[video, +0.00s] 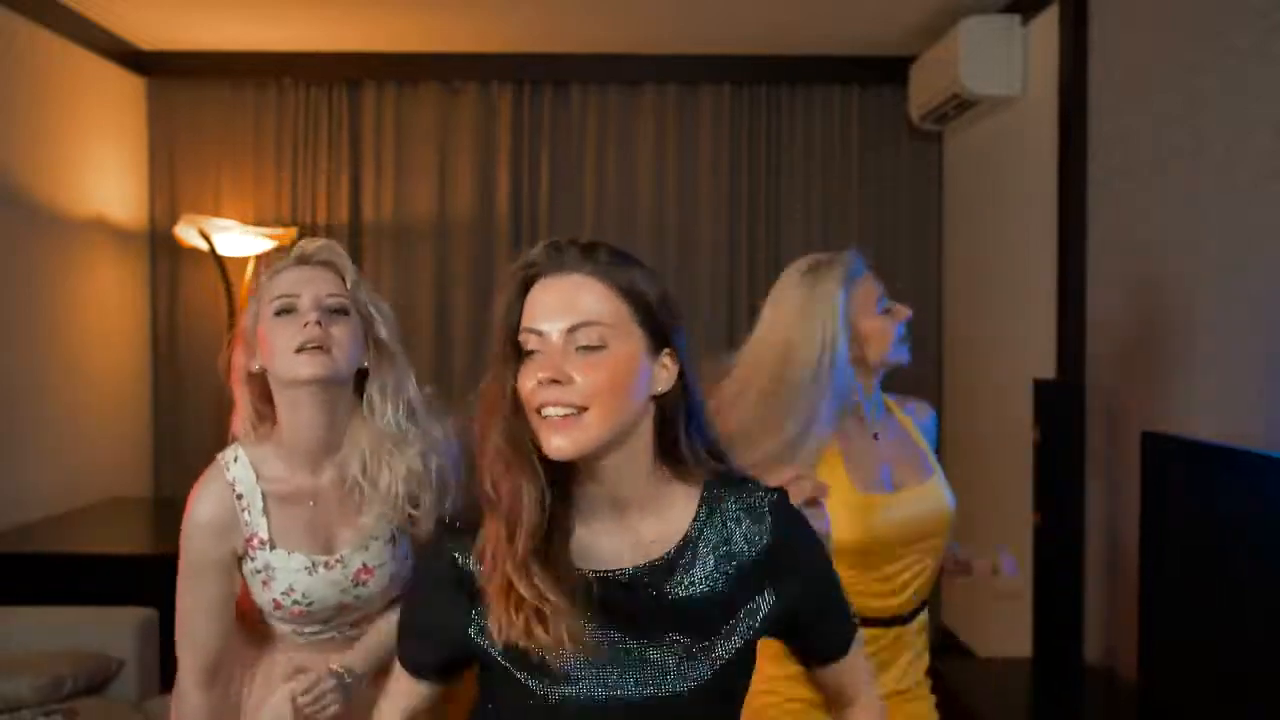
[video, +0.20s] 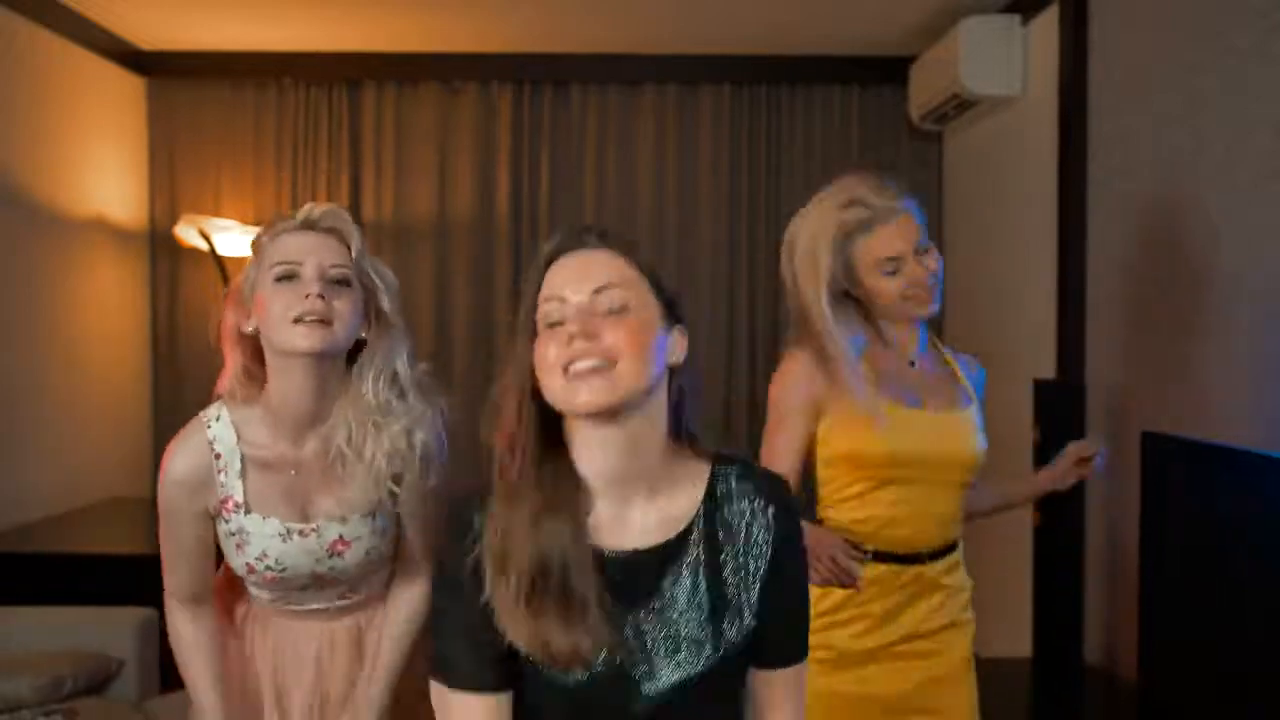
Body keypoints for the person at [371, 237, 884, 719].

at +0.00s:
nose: (547, 373)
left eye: (588, 345)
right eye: (531, 351)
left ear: (661, 370)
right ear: (513, 375)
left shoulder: (760, 535)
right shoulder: (475, 558)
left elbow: (857, 701)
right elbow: (396, 708)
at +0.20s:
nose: (576, 333)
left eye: (610, 307)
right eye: (553, 320)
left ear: (674, 344)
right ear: (533, 361)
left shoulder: (757, 516)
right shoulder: (485, 541)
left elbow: (778, 707)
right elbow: (467, 709)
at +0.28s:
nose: (616, 293)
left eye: (640, 272)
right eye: (581, 289)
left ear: (691, 310)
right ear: (555, 345)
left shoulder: (773, 458)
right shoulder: (521, 476)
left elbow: (794, 686)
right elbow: (512, 699)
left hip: (728, 704)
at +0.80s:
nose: (679, 255)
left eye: (684, 233)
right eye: (635, 252)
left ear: (720, 258)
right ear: (592, 305)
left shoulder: (768, 420)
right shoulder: (565, 436)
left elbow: (783, 594)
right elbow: (446, 661)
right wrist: (394, 631)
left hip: (749, 711)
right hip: (601, 706)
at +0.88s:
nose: (679, 282)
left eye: (685, 260)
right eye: (633, 279)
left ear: (715, 282)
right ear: (586, 329)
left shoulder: (752, 442)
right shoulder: (561, 458)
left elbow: (795, 620)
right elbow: (376, 646)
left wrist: (945, 529)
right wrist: (373, 583)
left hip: (751, 713)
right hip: (611, 708)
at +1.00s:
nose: (676, 299)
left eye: (680, 278)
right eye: (630, 294)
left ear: (706, 303)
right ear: (582, 342)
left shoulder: (741, 482)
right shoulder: (559, 465)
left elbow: (804, 664)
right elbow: (367, 639)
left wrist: (941, 590)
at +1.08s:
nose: (678, 330)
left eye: (680, 308)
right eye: (631, 328)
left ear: (711, 332)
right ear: (582, 385)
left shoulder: (723, 511)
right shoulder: (590, 520)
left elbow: (770, 694)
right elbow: (462, 701)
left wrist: (883, 617)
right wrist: (723, 703)